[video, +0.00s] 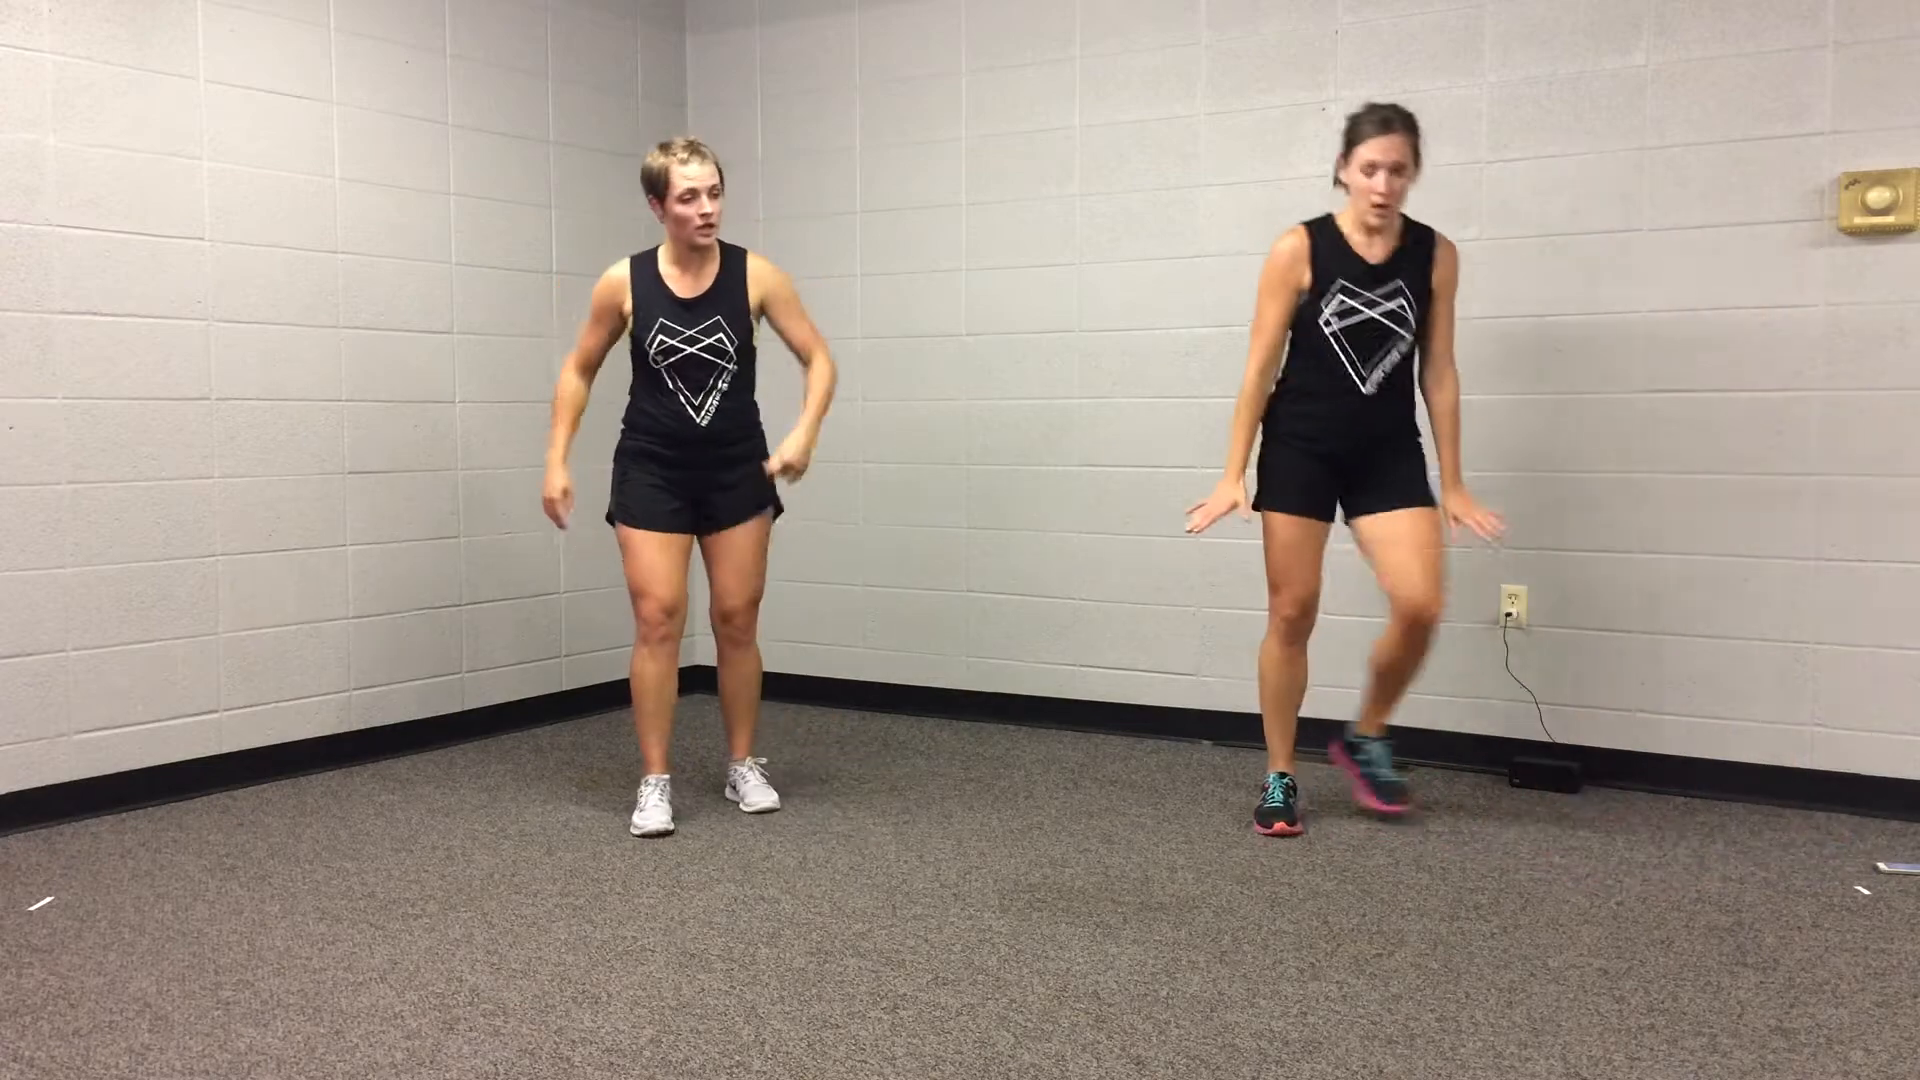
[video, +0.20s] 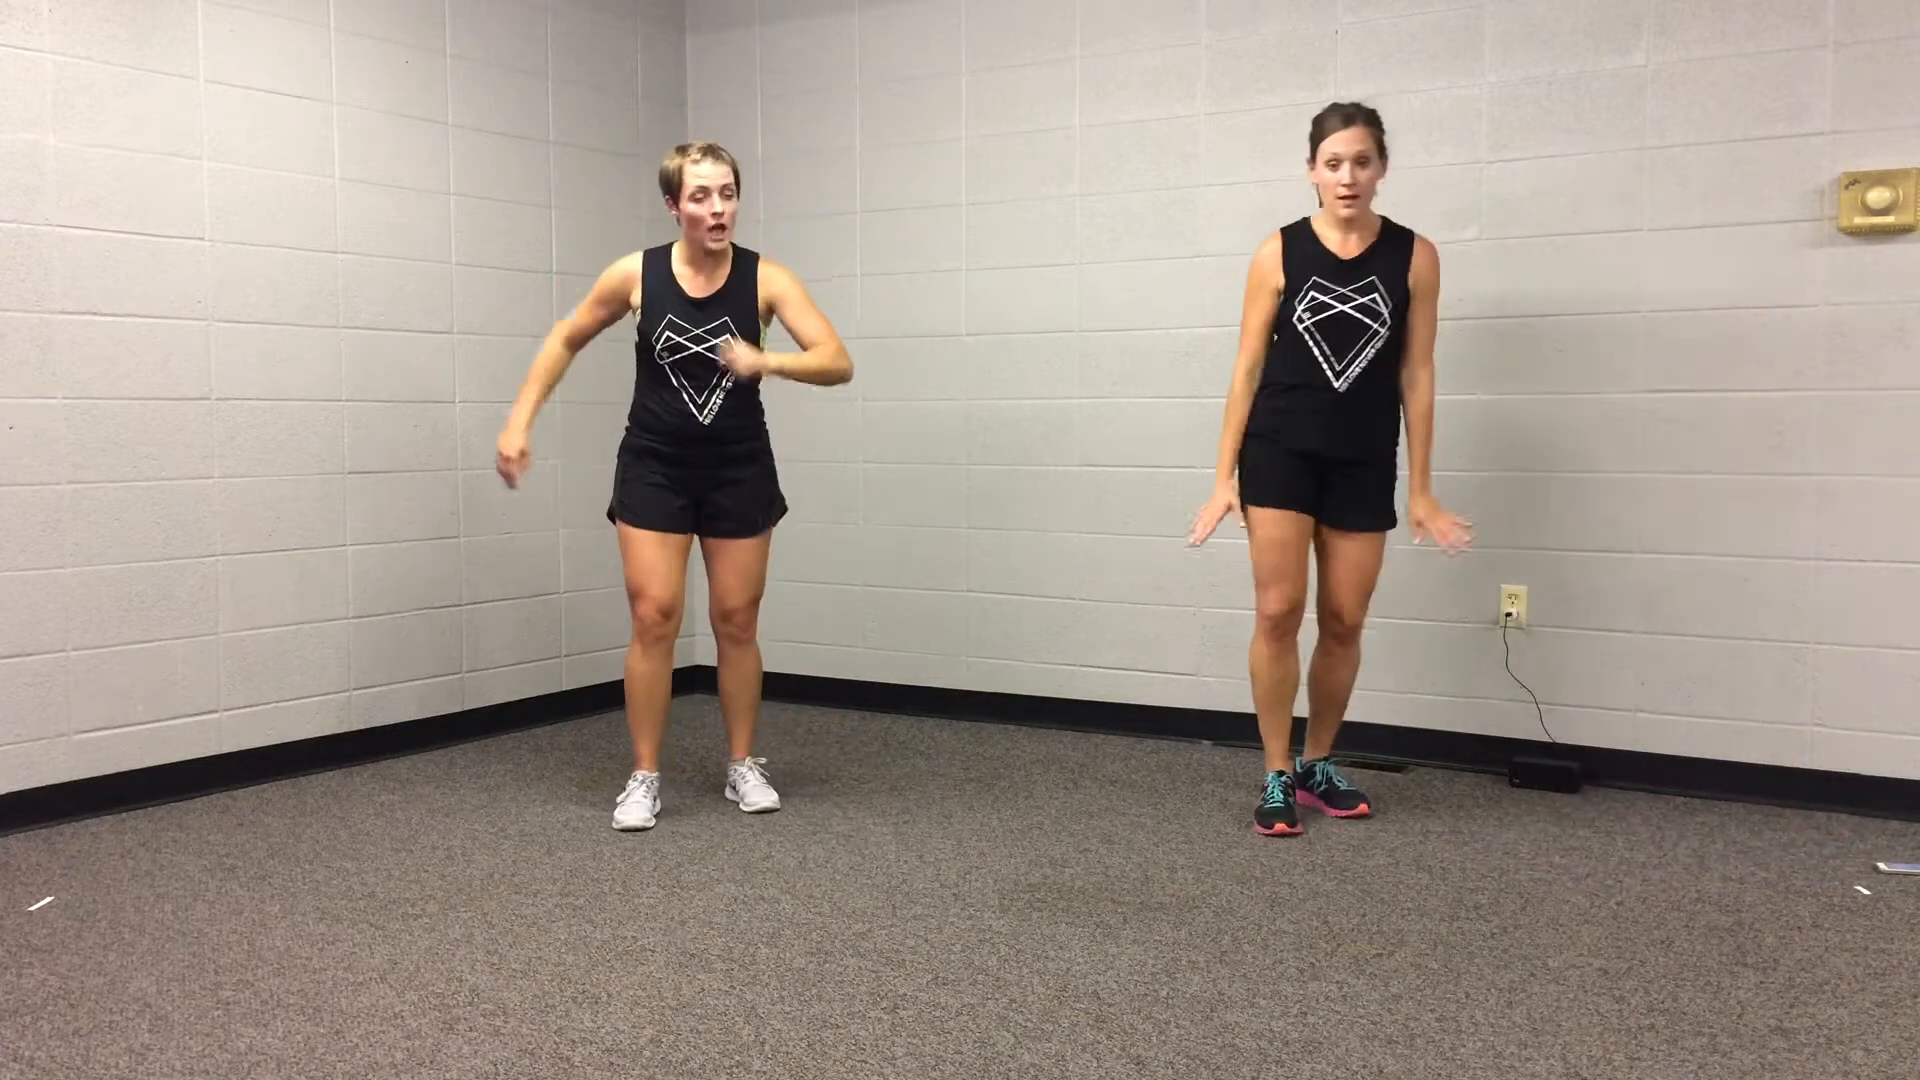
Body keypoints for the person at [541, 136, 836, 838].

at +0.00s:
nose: (707, 207)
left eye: (713, 193)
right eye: (690, 196)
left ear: (723, 197)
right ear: (659, 206)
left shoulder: (757, 277)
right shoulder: (623, 285)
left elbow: (819, 360)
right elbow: (580, 369)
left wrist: (804, 438)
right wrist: (556, 462)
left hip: (736, 470)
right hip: (652, 471)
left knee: (737, 618)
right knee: (657, 619)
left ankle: (743, 766)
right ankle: (654, 780)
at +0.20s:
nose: (715, 207)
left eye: (726, 193)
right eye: (700, 195)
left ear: (739, 201)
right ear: (674, 206)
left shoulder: (767, 279)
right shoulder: (633, 276)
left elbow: (838, 363)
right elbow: (566, 340)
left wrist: (765, 362)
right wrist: (518, 421)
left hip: (738, 472)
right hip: (654, 470)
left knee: (737, 619)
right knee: (652, 615)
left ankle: (743, 764)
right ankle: (645, 774)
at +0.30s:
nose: (712, 207)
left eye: (723, 193)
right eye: (697, 195)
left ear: (739, 204)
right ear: (675, 207)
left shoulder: (764, 286)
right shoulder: (635, 272)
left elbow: (820, 384)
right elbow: (557, 323)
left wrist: (772, 321)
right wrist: (489, 387)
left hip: (734, 470)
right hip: (652, 468)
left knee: (735, 619)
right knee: (654, 617)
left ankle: (743, 765)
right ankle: (644, 776)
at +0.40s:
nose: (708, 210)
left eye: (720, 195)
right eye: (693, 198)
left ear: (739, 205)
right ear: (673, 209)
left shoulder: (761, 285)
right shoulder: (640, 260)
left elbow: (802, 375)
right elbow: (549, 274)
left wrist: (782, 278)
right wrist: (465, 311)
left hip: (730, 469)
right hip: (646, 467)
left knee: (733, 620)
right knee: (650, 615)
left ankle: (743, 764)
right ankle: (643, 775)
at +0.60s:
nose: (707, 220)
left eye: (719, 206)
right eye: (692, 209)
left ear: (739, 213)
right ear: (674, 216)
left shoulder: (762, 290)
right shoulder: (649, 254)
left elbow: (776, 398)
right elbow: (546, 218)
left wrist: (724, 319)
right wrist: (447, 254)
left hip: (717, 470)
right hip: (635, 467)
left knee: (725, 619)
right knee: (641, 616)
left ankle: (744, 764)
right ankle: (641, 774)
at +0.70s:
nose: (700, 233)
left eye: (713, 218)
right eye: (686, 220)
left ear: (734, 223)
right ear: (669, 226)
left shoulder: (761, 300)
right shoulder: (640, 268)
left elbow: (760, 406)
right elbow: (529, 261)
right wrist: (470, 347)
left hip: (712, 465)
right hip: (626, 458)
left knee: (721, 630)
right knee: (635, 618)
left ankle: (741, 764)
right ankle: (641, 773)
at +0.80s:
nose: (689, 246)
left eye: (702, 232)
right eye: (676, 232)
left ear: (722, 235)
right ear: (657, 235)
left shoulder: (752, 313)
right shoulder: (618, 304)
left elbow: (755, 414)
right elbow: (534, 363)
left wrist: (744, 504)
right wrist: (530, 466)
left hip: (704, 493)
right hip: (621, 487)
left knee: (717, 644)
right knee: (632, 633)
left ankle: (741, 762)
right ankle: (641, 778)